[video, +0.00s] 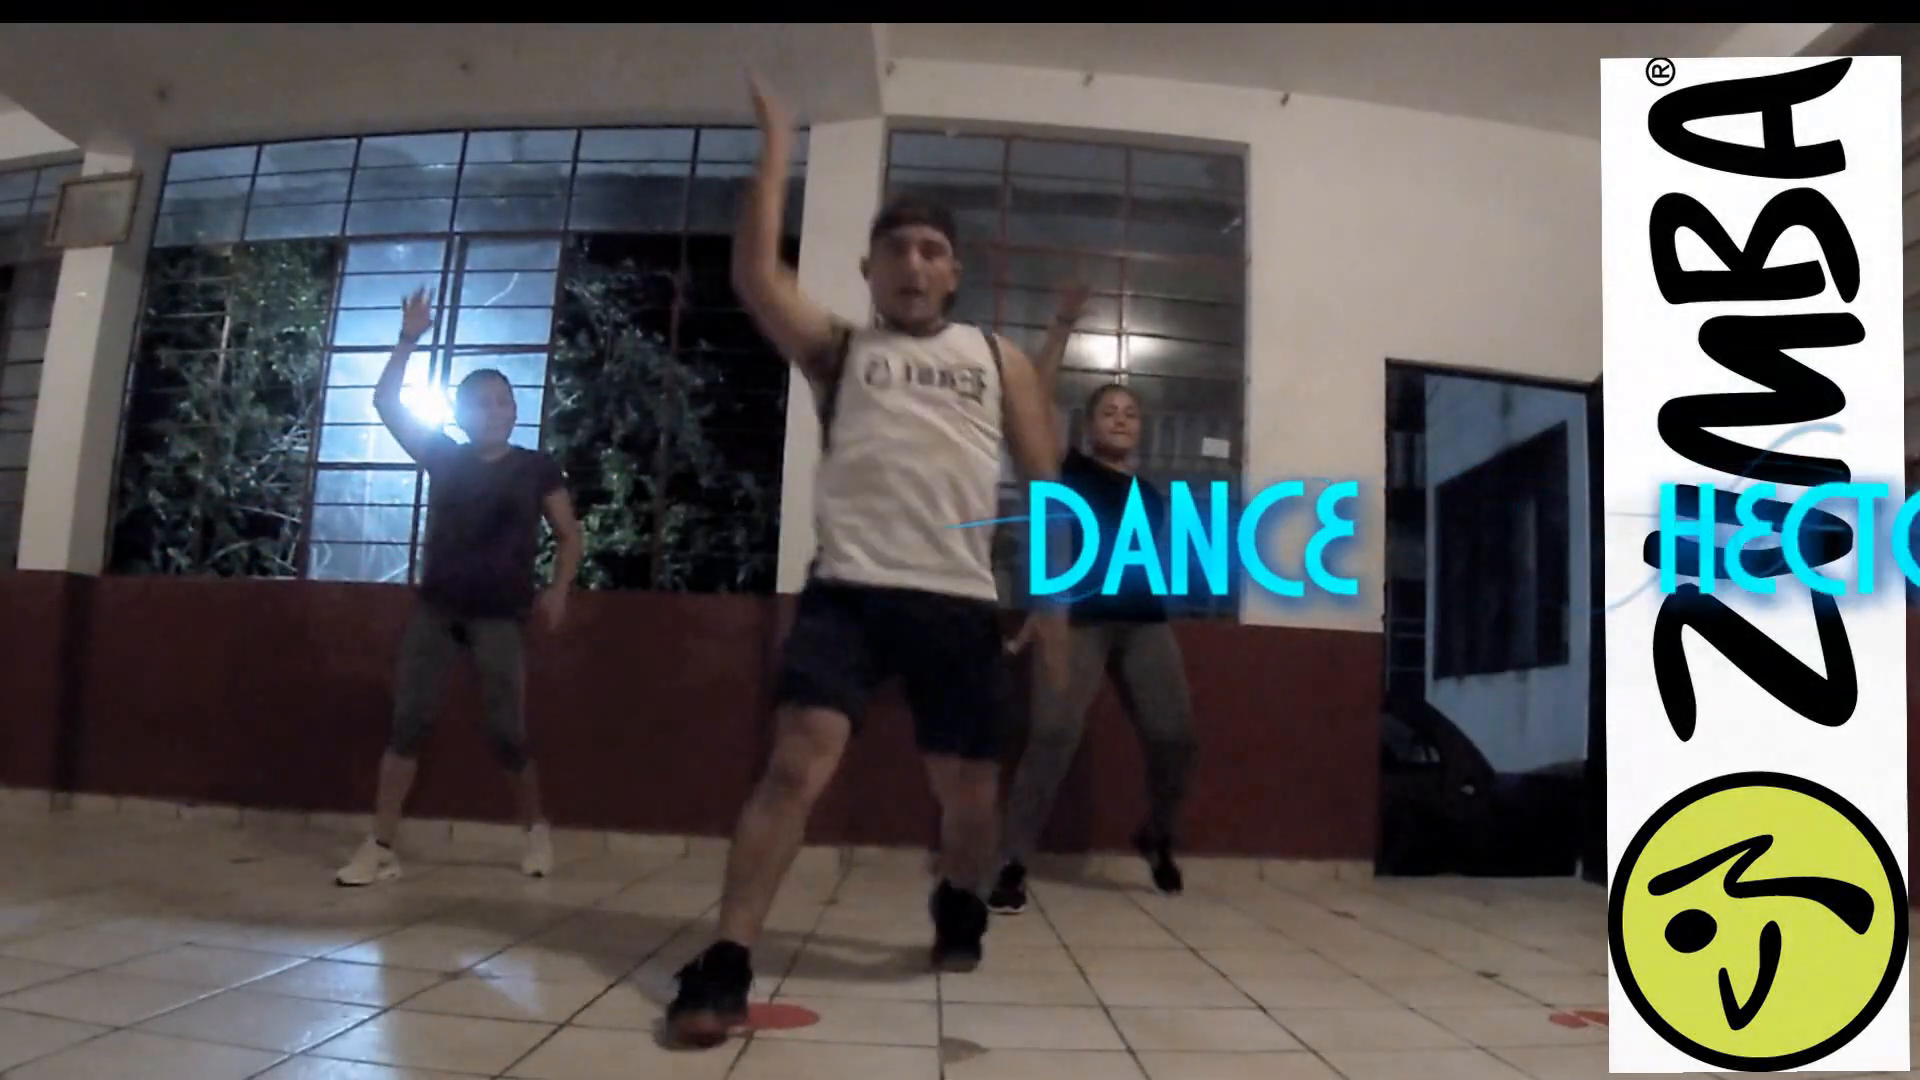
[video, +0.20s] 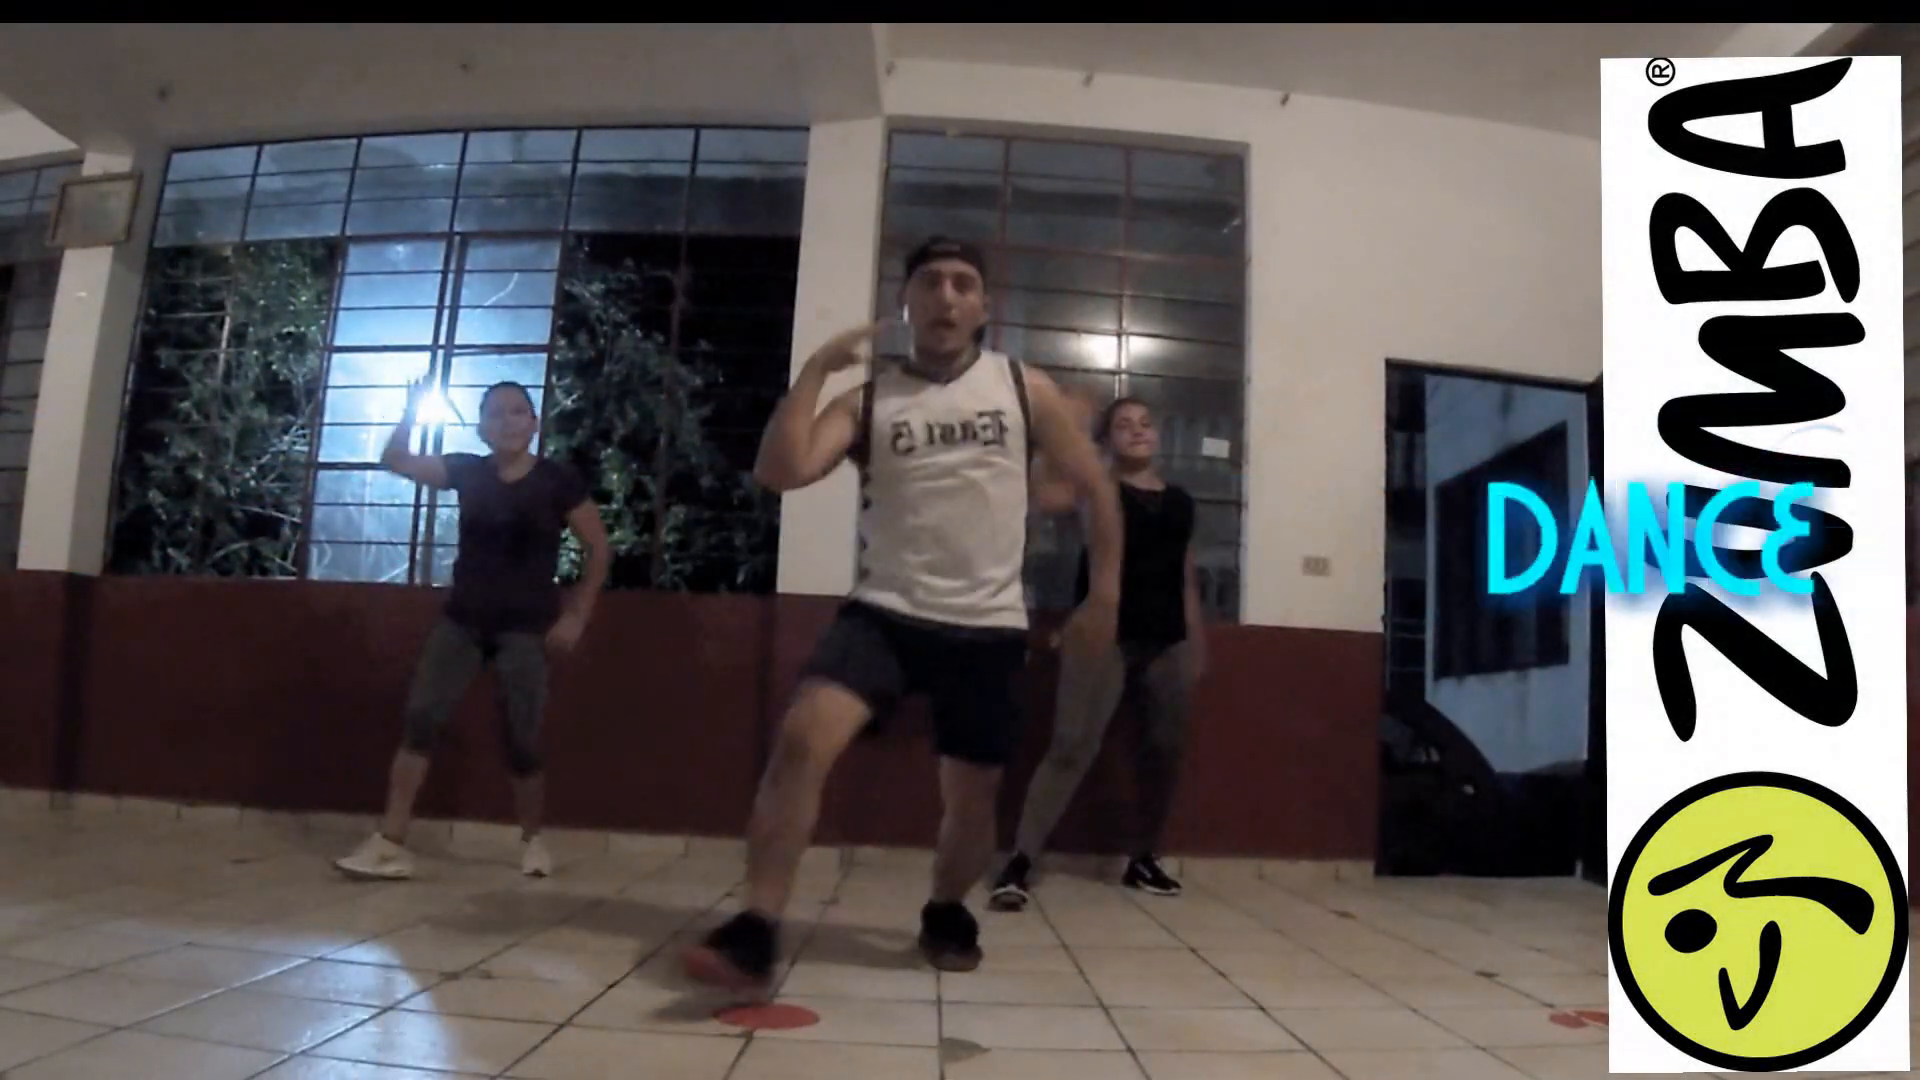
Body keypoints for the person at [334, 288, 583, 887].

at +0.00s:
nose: (488, 411)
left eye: (497, 402)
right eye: (479, 402)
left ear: (512, 412)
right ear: (461, 410)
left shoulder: (535, 468)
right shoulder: (443, 455)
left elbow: (570, 535)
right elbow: (386, 400)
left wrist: (559, 591)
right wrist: (408, 339)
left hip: (500, 613)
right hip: (436, 606)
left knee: (508, 731)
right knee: (407, 723)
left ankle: (536, 835)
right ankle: (381, 846)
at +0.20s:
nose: (509, 420)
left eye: (518, 412)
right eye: (498, 413)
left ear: (534, 422)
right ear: (483, 425)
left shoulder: (557, 481)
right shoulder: (467, 470)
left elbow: (599, 547)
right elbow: (395, 459)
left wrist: (577, 615)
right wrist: (413, 412)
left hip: (525, 624)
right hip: (463, 618)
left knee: (524, 738)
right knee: (421, 719)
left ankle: (532, 841)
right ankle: (390, 841)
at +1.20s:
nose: (516, 402)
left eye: (527, 396)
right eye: (507, 394)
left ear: (542, 410)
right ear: (488, 406)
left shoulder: (556, 462)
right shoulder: (464, 467)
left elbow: (625, 438)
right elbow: (388, 478)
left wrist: (600, 366)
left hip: (522, 609)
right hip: (456, 607)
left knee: (518, 727)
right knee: (397, 710)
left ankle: (539, 865)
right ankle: (410, 834)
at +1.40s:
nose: (498, 412)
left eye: (510, 407)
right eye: (490, 402)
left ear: (520, 422)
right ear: (469, 409)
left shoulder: (525, 482)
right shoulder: (436, 453)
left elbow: (589, 500)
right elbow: (396, 371)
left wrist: (581, 429)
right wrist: (380, 292)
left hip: (500, 613)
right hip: (431, 610)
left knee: (511, 733)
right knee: (376, 730)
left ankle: (539, 867)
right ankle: (357, 858)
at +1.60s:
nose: (483, 404)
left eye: (490, 396)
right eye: (473, 393)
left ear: (500, 407)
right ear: (448, 398)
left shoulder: (509, 468)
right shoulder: (413, 446)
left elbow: (577, 524)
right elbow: (355, 384)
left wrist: (542, 503)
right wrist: (372, 310)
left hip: (480, 611)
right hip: (409, 607)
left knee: (505, 720)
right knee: (357, 720)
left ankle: (529, 849)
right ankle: (355, 856)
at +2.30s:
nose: (516, 416)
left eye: (525, 408)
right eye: (505, 406)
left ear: (535, 419)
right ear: (481, 412)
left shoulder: (544, 479)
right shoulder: (456, 471)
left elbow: (588, 548)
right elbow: (436, 539)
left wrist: (546, 582)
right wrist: (418, 570)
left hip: (518, 623)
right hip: (456, 619)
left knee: (522, 741)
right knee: (426, 736)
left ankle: (543, 845)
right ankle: (447, 846)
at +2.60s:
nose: (526, 412)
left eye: (535, 403)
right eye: (515, 402)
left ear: (549, 403)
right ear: (498, 404)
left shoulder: (565, 449)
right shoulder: (473, 447)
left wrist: (585, 398)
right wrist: (415, 418)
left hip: (542, 592)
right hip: (473, 591)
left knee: (562, 724)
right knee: (446, 719)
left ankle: (603, 853)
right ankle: (448, 846)